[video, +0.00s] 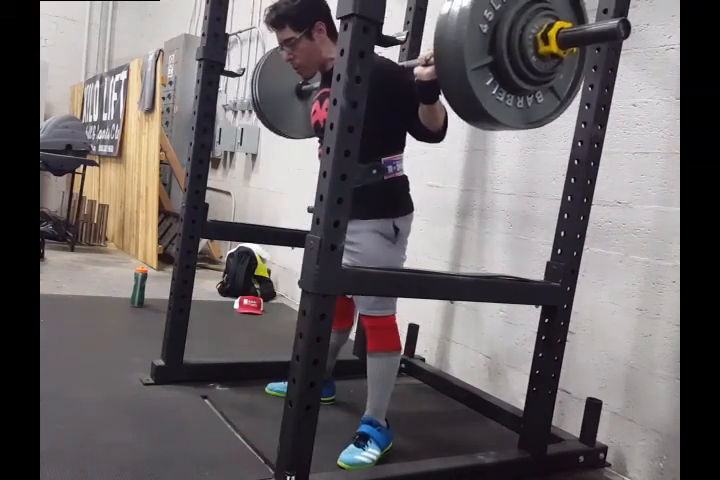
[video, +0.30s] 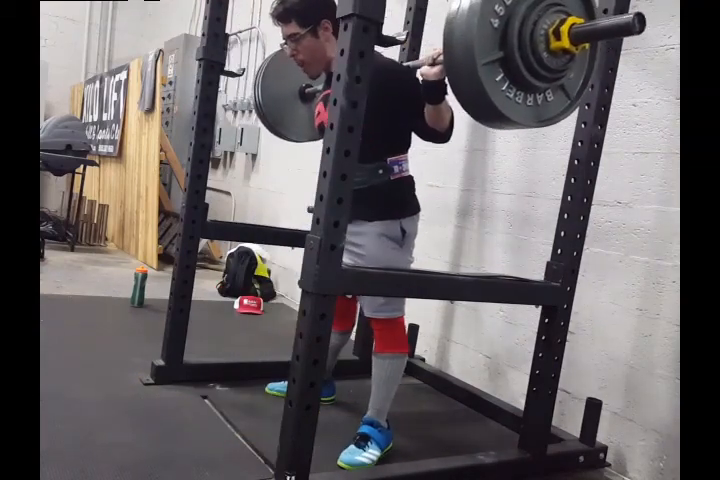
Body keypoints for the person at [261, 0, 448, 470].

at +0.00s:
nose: (287, 56)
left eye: (291, 44)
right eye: (282, 48)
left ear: (322, 32)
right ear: (311, 39)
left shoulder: (383, 74)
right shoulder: (320, 82)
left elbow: (433, 131)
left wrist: (428, 87)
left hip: (379, 213)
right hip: (332, 210)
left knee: (375, 310)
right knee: (328, 300)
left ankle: (375, 424)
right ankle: (318, 379)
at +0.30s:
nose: (290, 52)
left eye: (295, 40)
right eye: (286, 43)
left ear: (328, 30)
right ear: (320, 34)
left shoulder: (386, 76)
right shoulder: (327, 82)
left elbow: (440, 131)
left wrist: (433, 85)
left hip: (384, 216)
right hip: (337, 213)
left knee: (384, 312)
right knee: (332, 301)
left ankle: (376, 424)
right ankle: (318, 379)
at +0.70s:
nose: (296, 45)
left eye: (302, 34)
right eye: (293, 36)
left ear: (335, 27)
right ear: (325, 30)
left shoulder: (388, 79)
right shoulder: (333, 82)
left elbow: (440, 134)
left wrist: (435, 88)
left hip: (384, 217)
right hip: (339, 213)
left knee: (384, 313)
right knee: (334, 303)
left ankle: (377, 423)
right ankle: (318, 379)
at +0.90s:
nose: (302, 36)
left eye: (309, 25)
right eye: (300, 27)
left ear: (342, 23)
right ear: (327, 28)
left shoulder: (390, 77)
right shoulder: (330, 82)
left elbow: (437, 135)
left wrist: (431, 86)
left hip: (381, 213)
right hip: (334, 210)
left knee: (379, 310)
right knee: (330, 298)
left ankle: (376, 424)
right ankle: (318, 379)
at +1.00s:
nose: (300, 30)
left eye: (308, 20)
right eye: (301, 21)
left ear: (340, 22)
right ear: (328, 25)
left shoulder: (388, 76)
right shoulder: (329, 80)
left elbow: (434, 135)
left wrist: (429, 86)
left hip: (379, 213)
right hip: (333, 210)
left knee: (378, 310)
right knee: (329, 299)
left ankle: (375, 423)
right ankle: (318, 379)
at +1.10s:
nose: (301, 28)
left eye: (310, 17)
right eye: (302, 19)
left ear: (342, 22)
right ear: (327, 26)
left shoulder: (387, 76)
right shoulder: (328, 80)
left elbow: (434, 134)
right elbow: (329, 135)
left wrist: (428, 87)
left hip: (379, 213)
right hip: (333, 210)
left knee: (378, 310)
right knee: (329, 298)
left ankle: (375, 423)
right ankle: (318, 379)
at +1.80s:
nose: (299, 27)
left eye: (309, 17)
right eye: (300, 19)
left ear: (341, 24)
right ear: (328, 28)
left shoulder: (390, 78)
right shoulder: (328, 85)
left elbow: (437, 133)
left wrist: (431, 86)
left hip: (384, 214)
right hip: (336, 212)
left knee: (384, 312)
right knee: (332, 301)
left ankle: (376, 423)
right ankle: (318, 380)